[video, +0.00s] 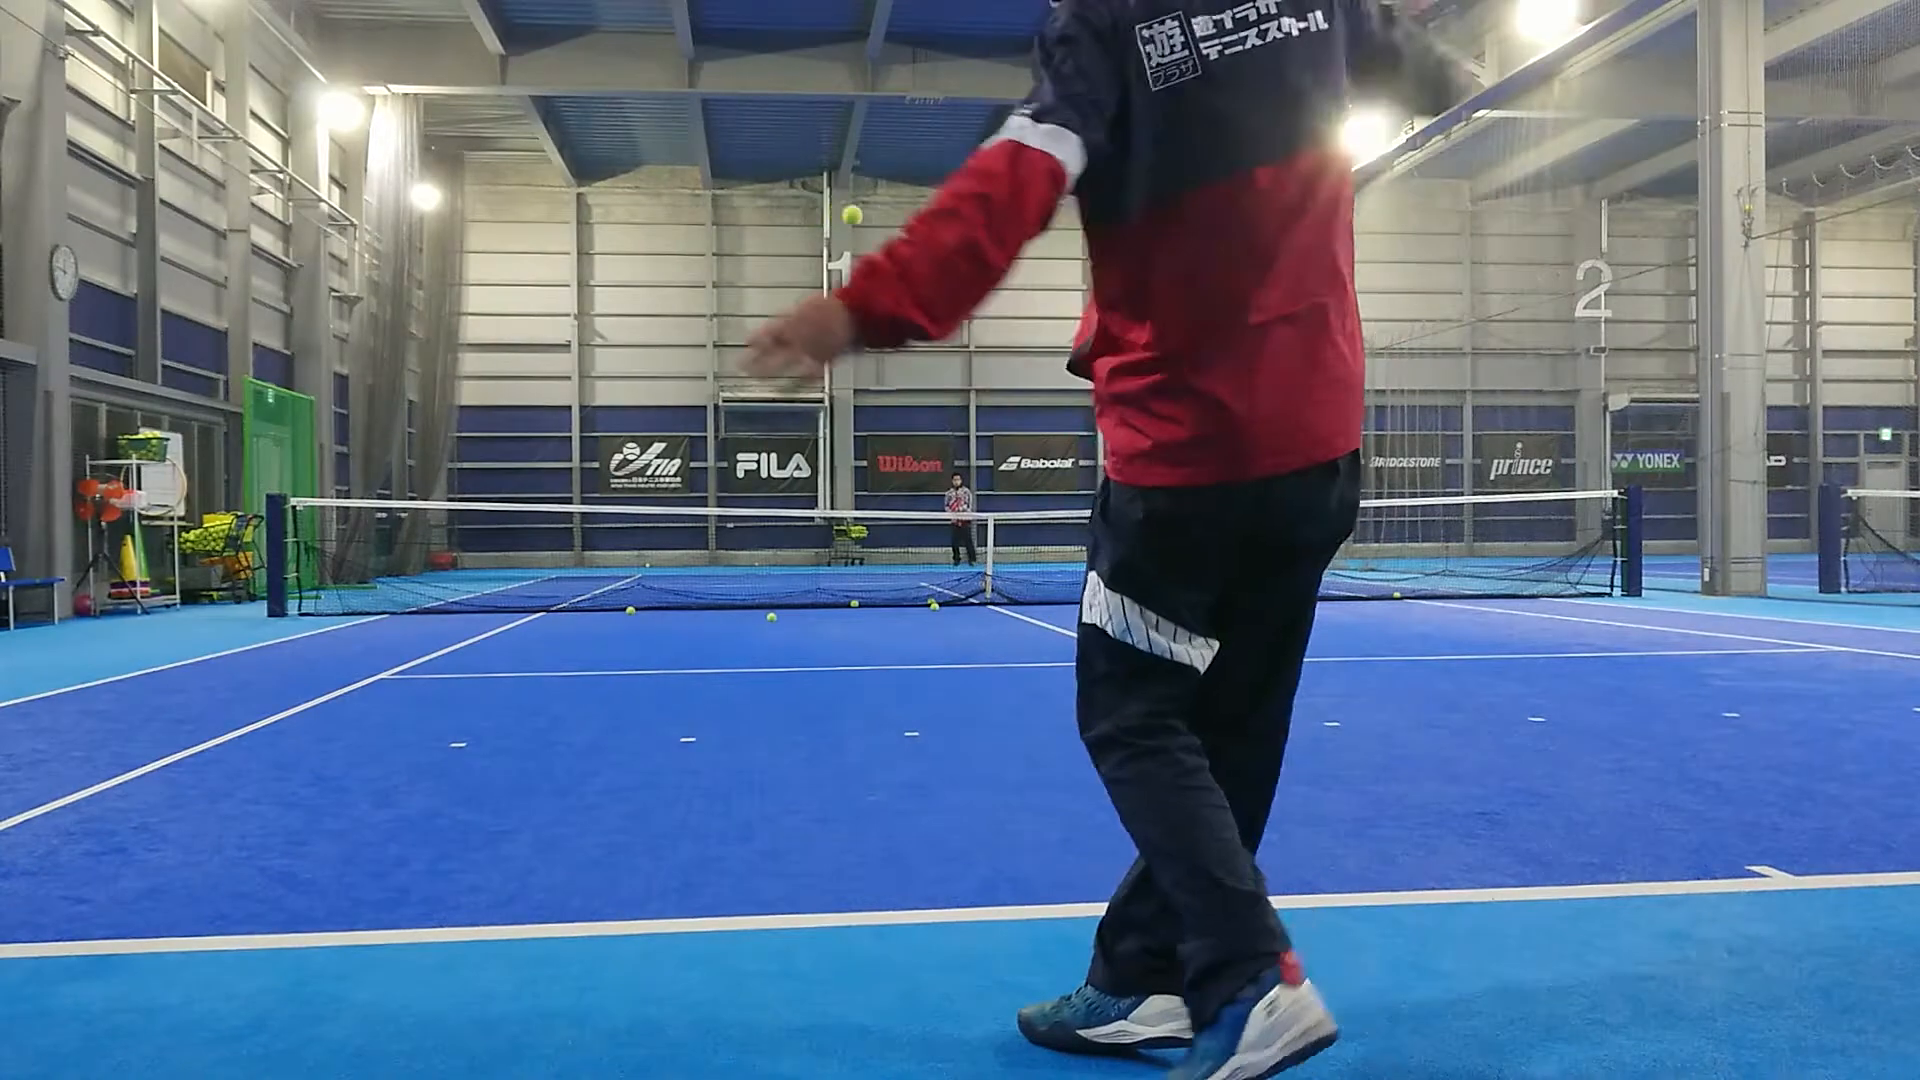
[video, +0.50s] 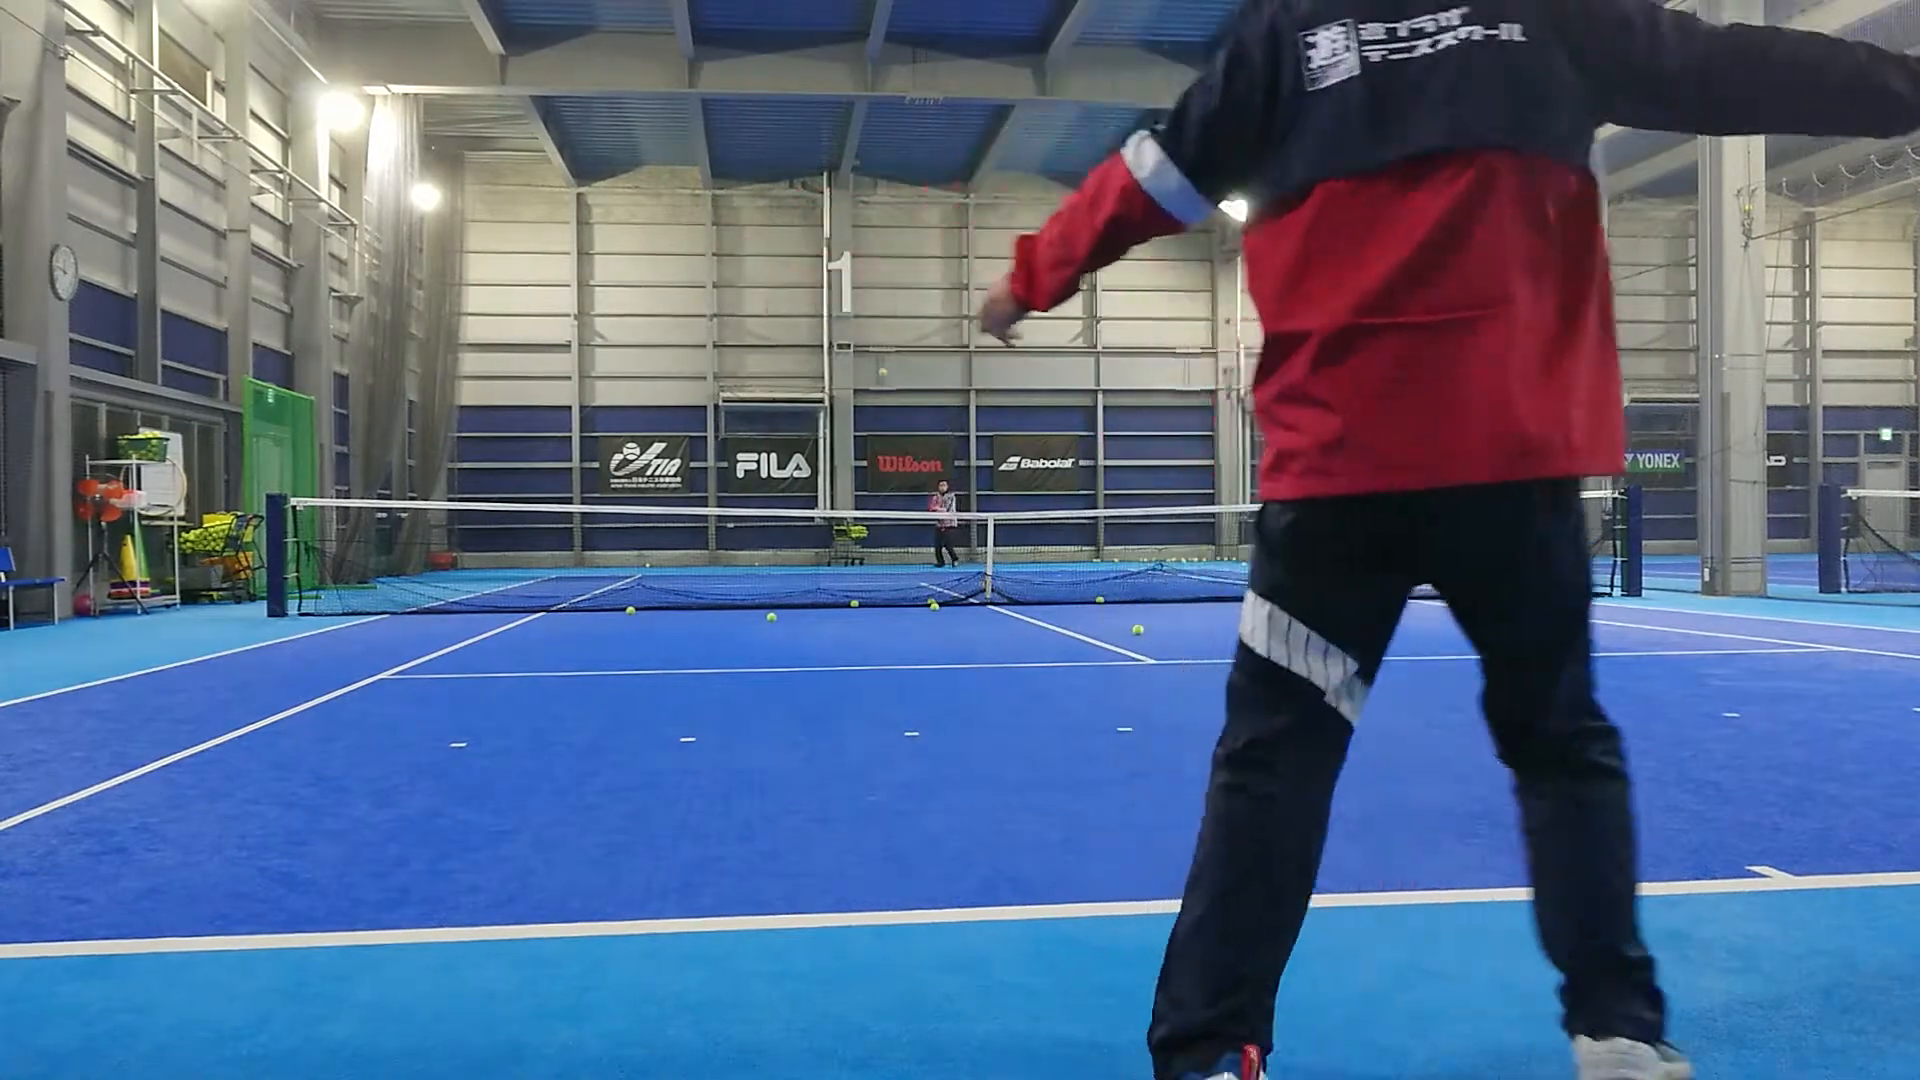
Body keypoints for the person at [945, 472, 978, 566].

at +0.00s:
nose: (957, 482)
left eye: (958, 479)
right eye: (955, 479)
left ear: (961, 481)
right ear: (952, 481)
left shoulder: (967, 492)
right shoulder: (948, 493)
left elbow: (970, 506)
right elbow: (946, 506)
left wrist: (964, 515)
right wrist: (952, 515)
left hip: (965, 520)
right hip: (954, 520)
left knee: (968, 541)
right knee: (954, 541)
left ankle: (972, 559)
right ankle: (956, 559)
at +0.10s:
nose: (955, 486)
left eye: (957, 483)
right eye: (954, 483)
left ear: (960, 484)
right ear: (951, 485)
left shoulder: (965, 495)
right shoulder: (948, 496)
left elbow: (968, 509)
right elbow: (946, 508)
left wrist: (966, 520)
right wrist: (950, 518)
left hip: (963, 522)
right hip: (953, 522)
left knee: (966, 543)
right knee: (949, 542)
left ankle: (970, 560)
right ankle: (952, 558)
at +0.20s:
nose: (952, 488)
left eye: (954, 486)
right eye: (951, 486)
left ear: (957, 487)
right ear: (948, 488)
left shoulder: (962, 498)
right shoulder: (946, 499)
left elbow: (965, 511)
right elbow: (945, 511)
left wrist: (966, 524)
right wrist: (948, 521)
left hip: (961, 525)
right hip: (950, 525)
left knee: (964, 545)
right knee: (945, 545)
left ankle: (969, 561)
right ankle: (944, 561)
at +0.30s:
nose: (949, 488)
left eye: (951, 486)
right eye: (947, 486)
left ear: (954, 487)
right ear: (945, 488)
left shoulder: (958, 498)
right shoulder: (942, 499)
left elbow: (960, 512)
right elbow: (940, 511)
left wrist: (954, 522)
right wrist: (946, 519)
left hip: (957, 526)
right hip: (946, 525)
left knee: (960, 546)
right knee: (942, 545)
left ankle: (969, 562)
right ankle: (941, 562)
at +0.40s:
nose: (945, 488)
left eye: (947, 486)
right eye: (943, 486)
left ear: (950, 487)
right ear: (941, 488)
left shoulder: (954, 498)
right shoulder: (939, 499)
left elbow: (955, 511)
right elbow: (937, 510)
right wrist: (941, 519)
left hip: (953, 525)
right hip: (942, 525)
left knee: (955, 545)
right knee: (939, 544)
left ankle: (965, 559)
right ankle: (940, 561)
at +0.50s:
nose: (942, 487)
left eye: (944, 485)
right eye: (940, 485)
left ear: (947, 487)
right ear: (938, 487)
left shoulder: (951, 497)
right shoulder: (936, 497)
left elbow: (948, 509)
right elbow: (931, 507)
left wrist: (936, 508)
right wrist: (940, 509)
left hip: (949, 523)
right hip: (939, 523)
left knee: (947, 544)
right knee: (937, 545)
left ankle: (954, 559)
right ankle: (940, 561)